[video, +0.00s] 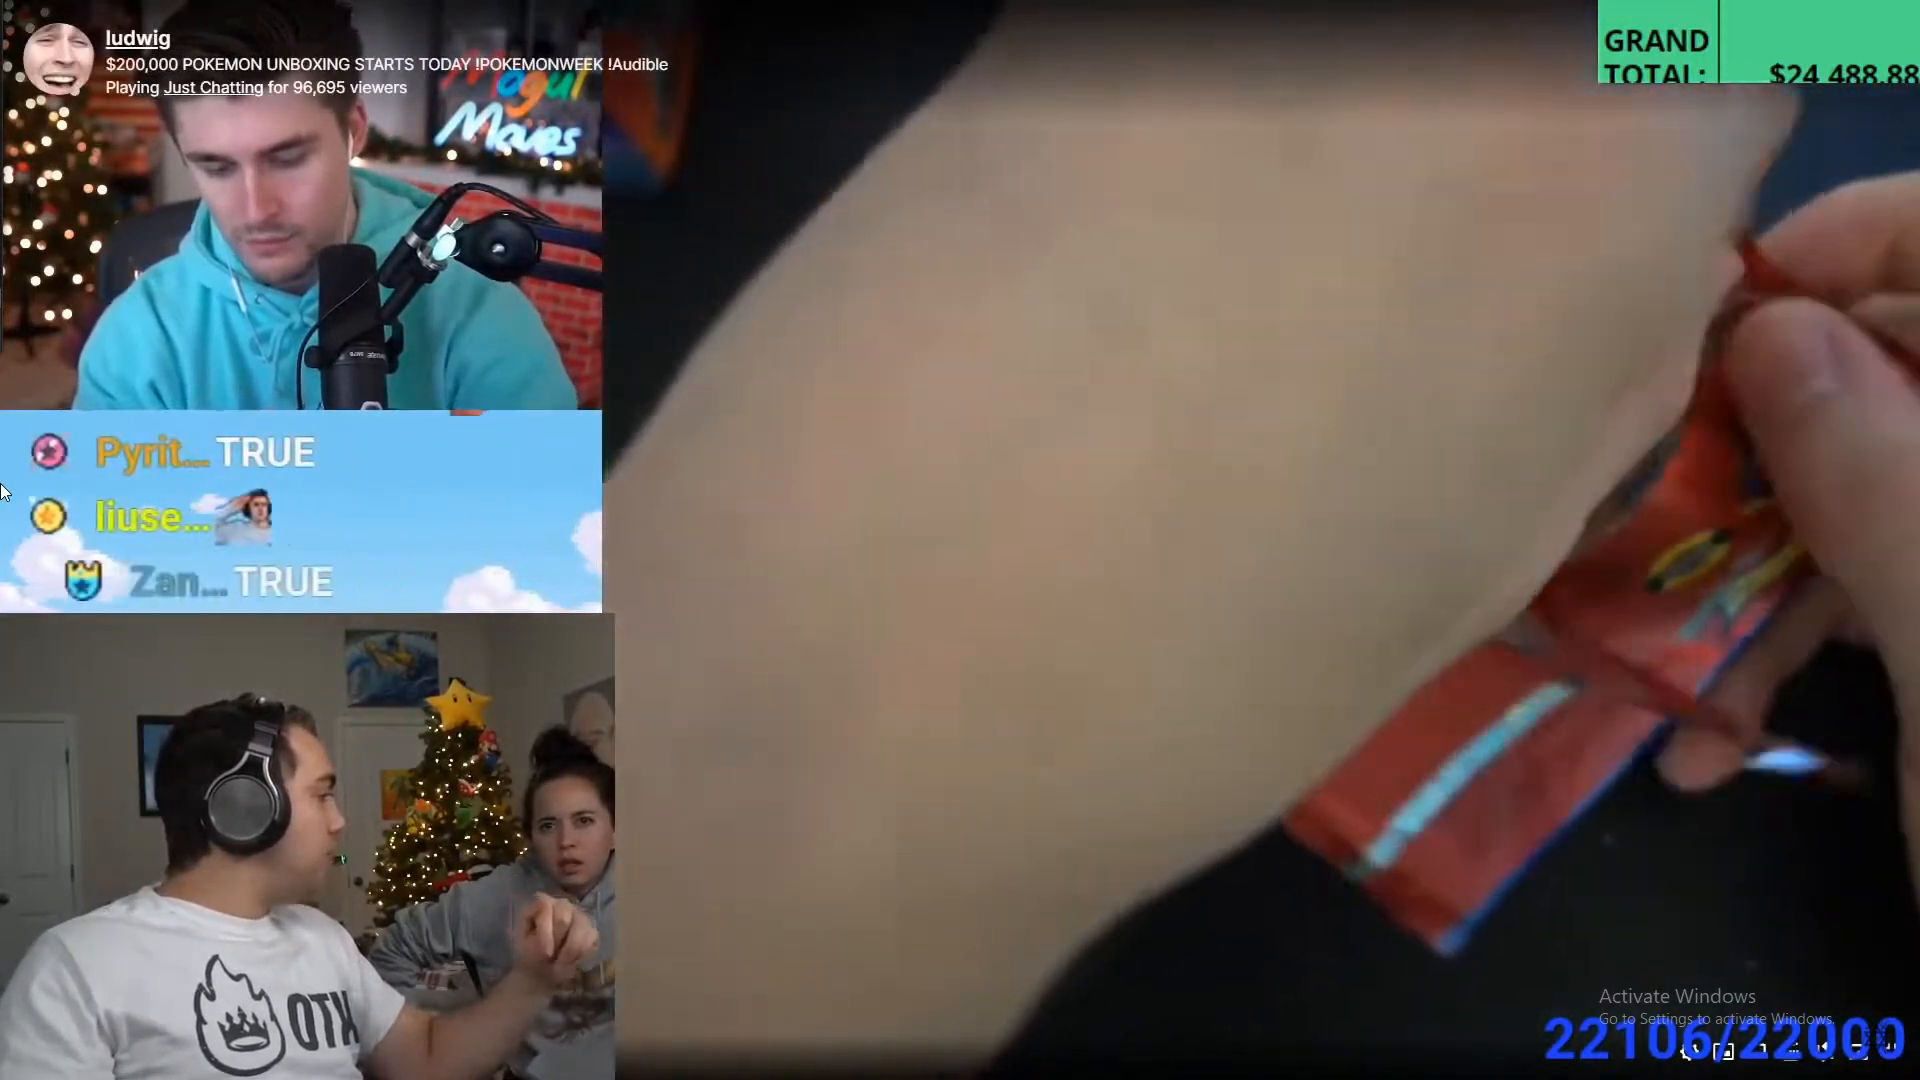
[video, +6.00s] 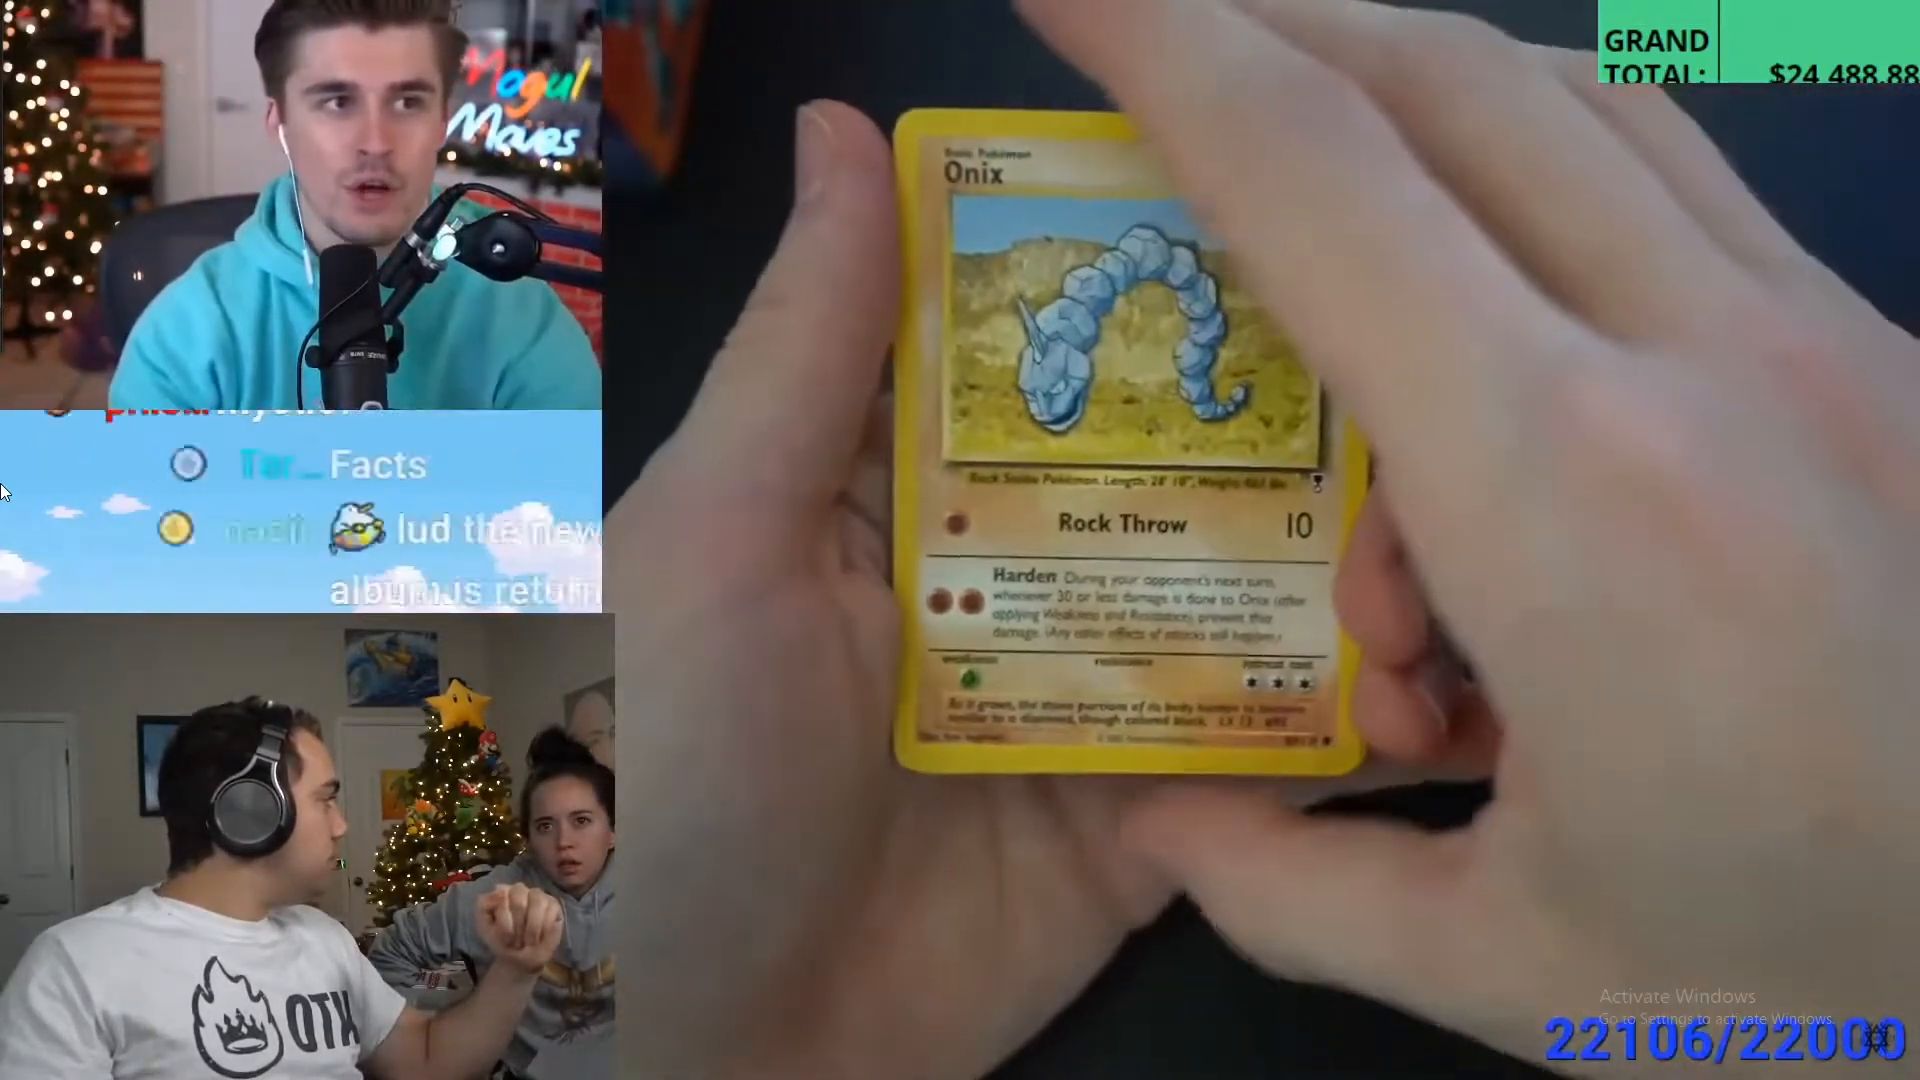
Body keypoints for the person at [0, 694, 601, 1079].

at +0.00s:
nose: (341, 820)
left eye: (333, 794)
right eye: (323, 793)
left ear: (251, 803)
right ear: (239, 804)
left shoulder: (320, 941)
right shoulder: (76, 967)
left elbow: (429, 1054)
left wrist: (533, 978)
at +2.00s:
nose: (340, 819)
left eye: (331, 791)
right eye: (320, 792)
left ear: (250, 806)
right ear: (242, 806)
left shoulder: (323, 944)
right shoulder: (75, 967)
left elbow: (430, 1062)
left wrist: (494, 953)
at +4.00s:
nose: (344, 823)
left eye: (336, 798)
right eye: (325, 799)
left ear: (260, 809)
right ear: (250, 810)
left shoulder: (324, 942)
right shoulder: (77, 967)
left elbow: (426, 1059)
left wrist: (511, 967)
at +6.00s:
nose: (344, 823)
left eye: (336, 798)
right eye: (326, 799)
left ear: (260, 809)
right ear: (249, 810)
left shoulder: (324, 942)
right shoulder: (75, 967)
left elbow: (426, 1059)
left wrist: (513, 969)